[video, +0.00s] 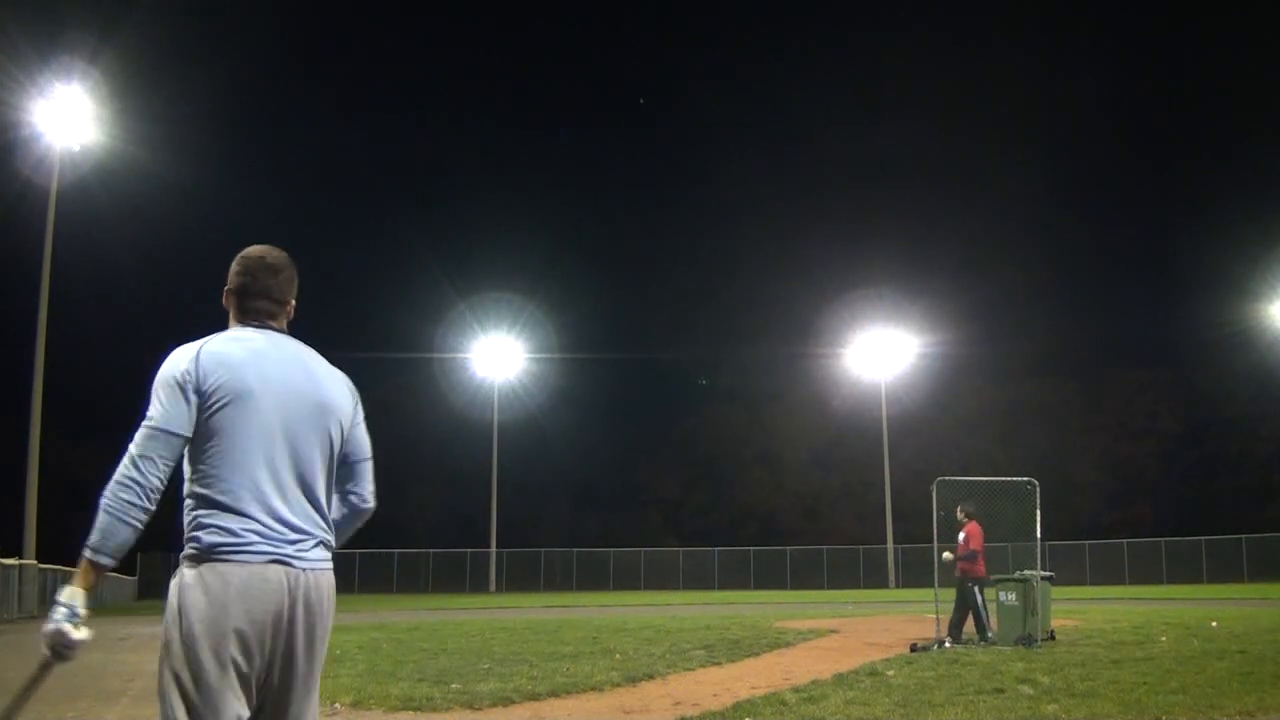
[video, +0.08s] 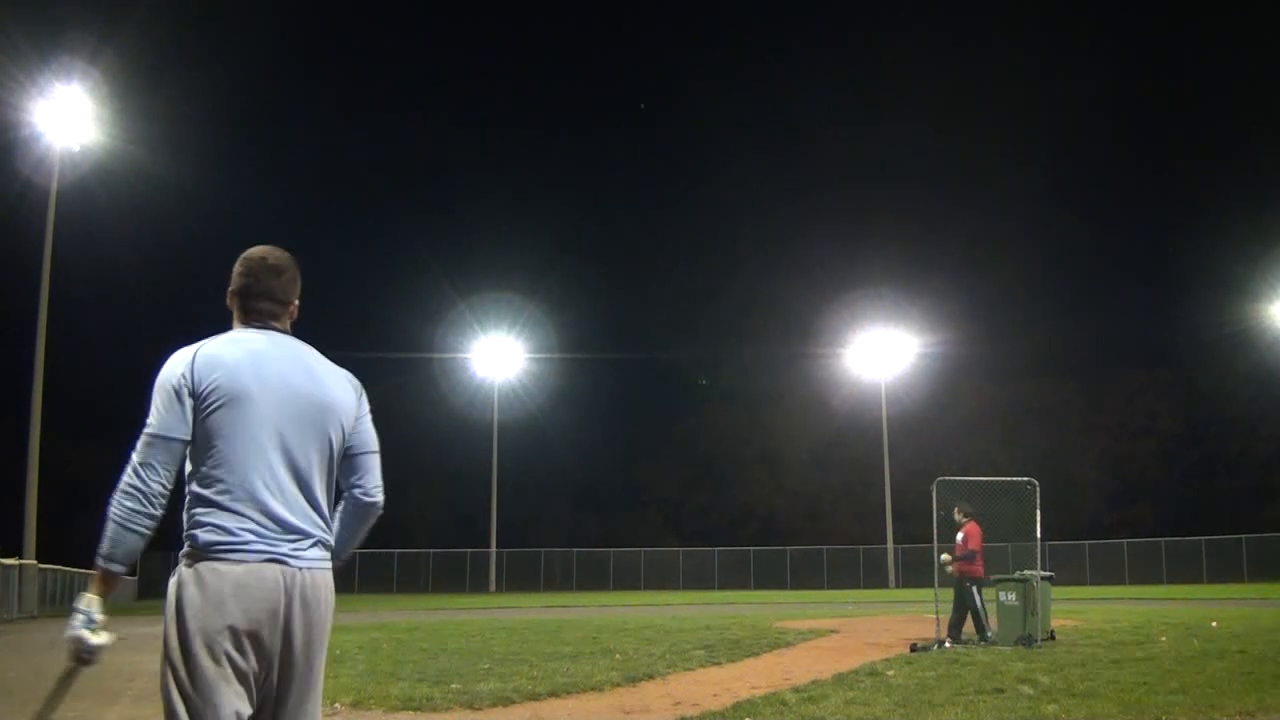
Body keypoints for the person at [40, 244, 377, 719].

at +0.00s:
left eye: (226, 290)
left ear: (226, 298)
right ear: (290, 309)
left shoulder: (194, 362)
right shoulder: (337, 383)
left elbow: (141, 477)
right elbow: (359, 497)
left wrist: (79, 588)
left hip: (221, 585)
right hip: (312, 589)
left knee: (205, 711)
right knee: (293, 714)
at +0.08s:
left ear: (230, 300)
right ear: (294, 309)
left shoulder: (192, 364)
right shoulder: (343, 384)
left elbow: (147, 483)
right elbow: (368, 494)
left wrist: (95, 592)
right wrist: (319, 560)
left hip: (218, 584)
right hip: (310, 590)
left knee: (213, 711)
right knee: (296, 712)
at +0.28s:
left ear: (249, 305)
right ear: (312, 315)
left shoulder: (199, 370)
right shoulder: (352, 389)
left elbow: (169, 498)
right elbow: (378, 505)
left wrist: (161, 591)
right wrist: (355, 589)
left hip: (219, 589)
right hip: (314, 592)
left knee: (212, 710)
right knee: (303, 712)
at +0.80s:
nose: (294, 320)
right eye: (294, 313)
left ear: (233, 317)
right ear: (290, 319)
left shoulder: (177, 385)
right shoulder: (319, 387)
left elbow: (159, 503)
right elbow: (359, 494)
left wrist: (201, 548)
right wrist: (404, 552)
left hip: (198, 589)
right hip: (289, 588)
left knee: (198, 711)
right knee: (305, 712)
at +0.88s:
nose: (283, 320)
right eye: (283, 313)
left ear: (221, 317)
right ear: (278, 319)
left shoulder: (164, 389)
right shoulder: (304, 388)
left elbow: (158, 503)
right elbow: (348, 490)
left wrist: (213, 532)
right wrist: (401, 549)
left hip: (189, 592)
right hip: (278, 592)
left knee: (192, 713)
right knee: (294, 712)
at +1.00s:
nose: (257, 318)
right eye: (256, 310)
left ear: (193, 316)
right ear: (250, 315)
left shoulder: (144, 387)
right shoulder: (275, 383)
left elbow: (189, 480)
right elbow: (329, 483)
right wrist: (386, 546)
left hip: (166, 587)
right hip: (254, 589)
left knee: (169, 713)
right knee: (271, 711)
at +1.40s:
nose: (211, 314)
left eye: (210, 306)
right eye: (211, 306)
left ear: (150, 313)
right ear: (205, 311)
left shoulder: (106, 383)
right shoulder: (214, 379)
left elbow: (149, 471)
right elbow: (279, 477)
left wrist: (228, 479)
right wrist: (358, 543)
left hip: (121, 590)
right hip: (204, 588)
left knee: (134, 713)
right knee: (232, 711)